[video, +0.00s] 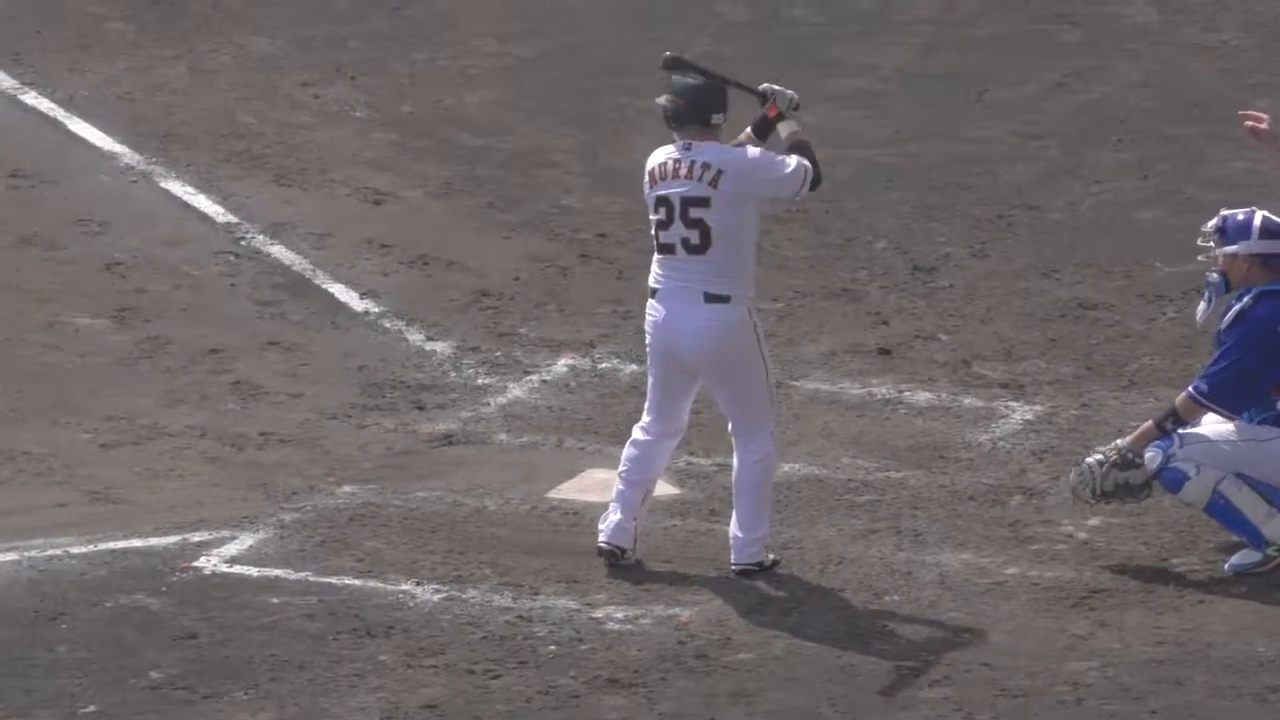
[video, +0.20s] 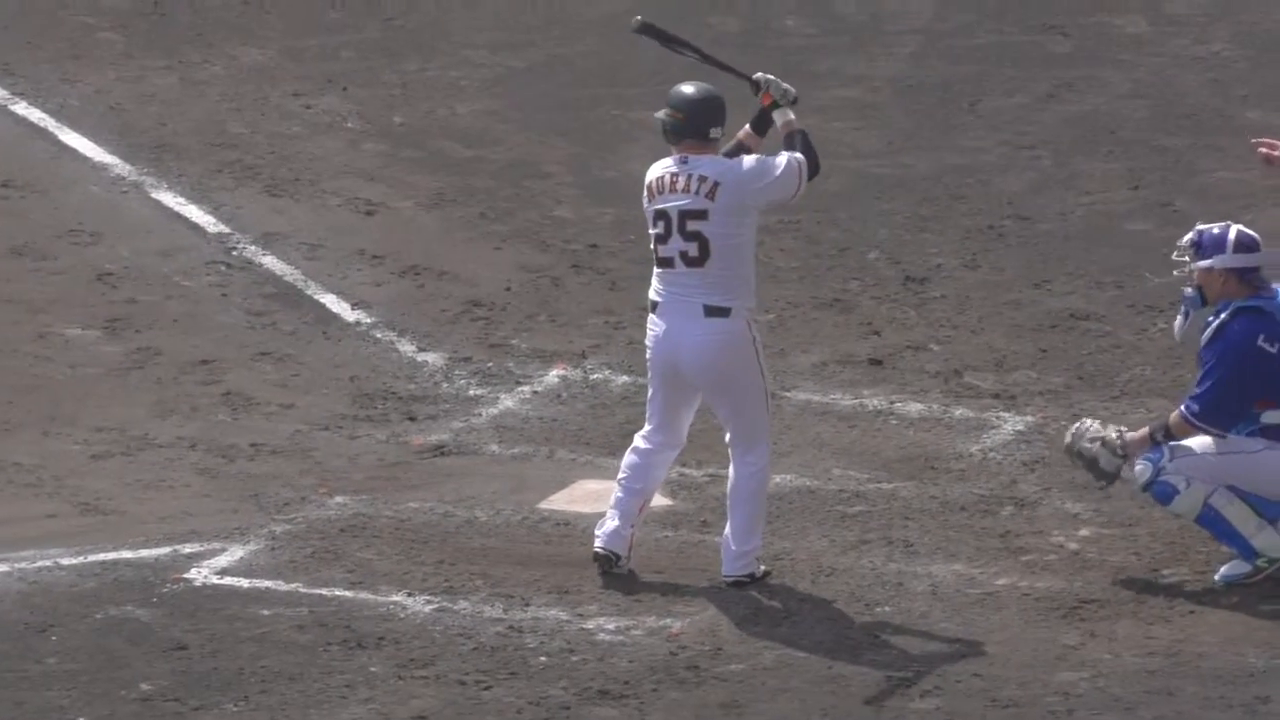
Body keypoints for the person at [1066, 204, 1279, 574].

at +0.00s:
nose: (1216, 262)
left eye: (1223, 254)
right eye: (1218, 254)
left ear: (1248, 261)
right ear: (1250, 261)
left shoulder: (1262, 318)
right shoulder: (1258, 304)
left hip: (1272, 444)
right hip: (1266, 432)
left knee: (1169, 455)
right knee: (1191, 430)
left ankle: (1271, 538)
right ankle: (1267, 515)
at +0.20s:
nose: (1191, 276)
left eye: (1198, 268)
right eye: (1194, 267)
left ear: (1223, 275)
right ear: (1229, 274)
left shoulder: (1239, 333)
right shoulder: (1266, 301)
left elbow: (1199, 417)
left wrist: (1137, 439)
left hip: (1271, 455)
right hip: (1269, 443)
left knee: (1158, 466)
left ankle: (1264, 551)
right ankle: (1268, 530)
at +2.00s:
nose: (1069, 337)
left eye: (1076, 330)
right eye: (1070, 329)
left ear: (1104, 337)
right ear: (1117, 335)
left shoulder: (1099, 387)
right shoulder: (1158, 357)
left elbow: (1020, 431)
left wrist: (962, 421)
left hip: (1194, 495)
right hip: (1237, 474)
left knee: (1063, 564)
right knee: (1143, 465)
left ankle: (1178, 579)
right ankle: (1200, 546)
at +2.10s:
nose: (1067, 340)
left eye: (1075, 333)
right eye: (1069, 332)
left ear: (1103, 341)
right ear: (1116, 338)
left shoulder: (1096, 388)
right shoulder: (1157, 355)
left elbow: (1014, 429)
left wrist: (959, 421)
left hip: (1193, 495)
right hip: (1239, 475)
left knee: (1063, 562)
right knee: (1147, 465)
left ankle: (1174, 577)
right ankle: (1200, 544)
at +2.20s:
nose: (1063, 339)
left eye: (1071, 331)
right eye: (1065, 329)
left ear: (1098, 337)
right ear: (1116, 332)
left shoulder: (1097, 386)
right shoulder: (1157, 348)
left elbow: (1020, 428)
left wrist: (963, 423)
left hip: (1194, 490)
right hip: (1242, 472)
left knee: (1062, 560)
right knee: (1152, 462)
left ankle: (1176, 576)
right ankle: (1202, 545)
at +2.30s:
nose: (1062, 336)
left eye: (1069, 329)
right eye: (1064, 328)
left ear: (1095, 337)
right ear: (1112, 333)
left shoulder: (1092, 389)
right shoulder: (1158, 348)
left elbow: (1021, 429)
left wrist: (969, 427)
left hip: (1191, 493)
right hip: (1235, 474)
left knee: (1061, 561)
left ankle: (1174, 576)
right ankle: (1199, 540)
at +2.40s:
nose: (1058, 334)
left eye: (1065, 328)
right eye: (1061, 327)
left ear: (1090, 337)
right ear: (1106, 333)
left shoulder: (1092, 389)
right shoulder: (1149, 348)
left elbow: (1019, 431)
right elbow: (1201, 372)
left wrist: (969, 429)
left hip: (1192, 491)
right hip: (1229, 469)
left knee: (1060, 562)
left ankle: (1172, 576)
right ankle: (1199, 540)